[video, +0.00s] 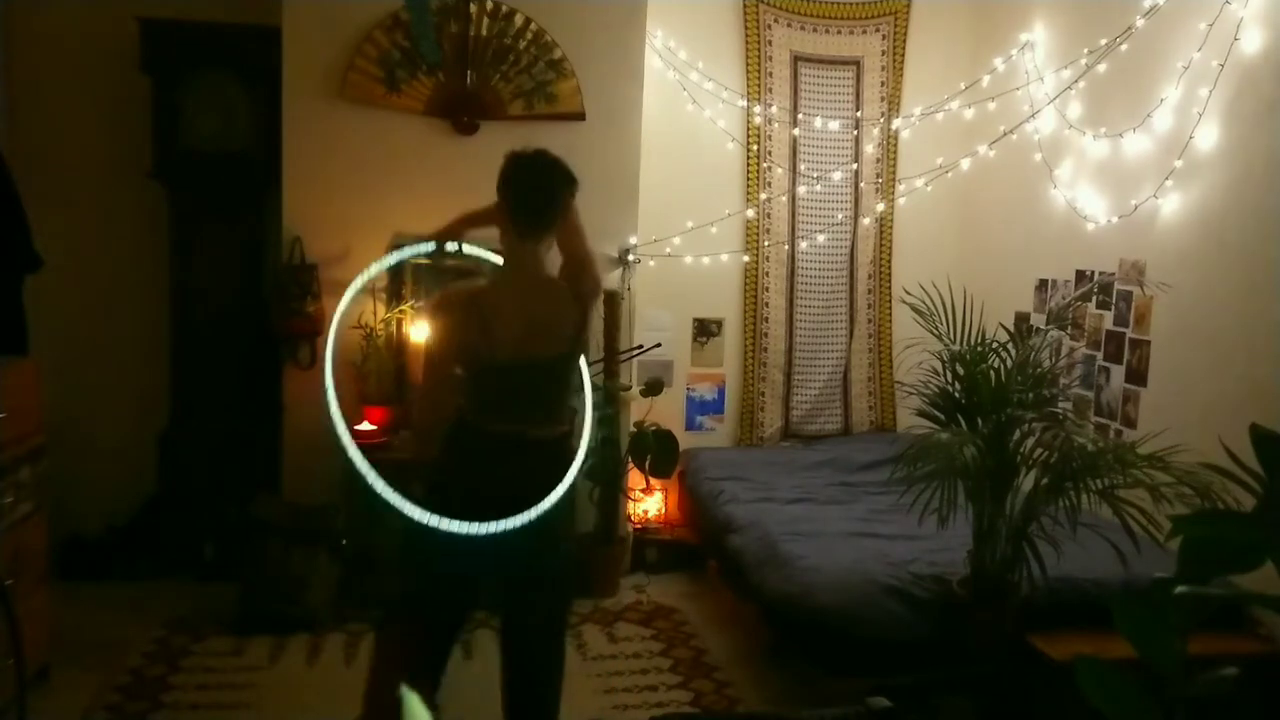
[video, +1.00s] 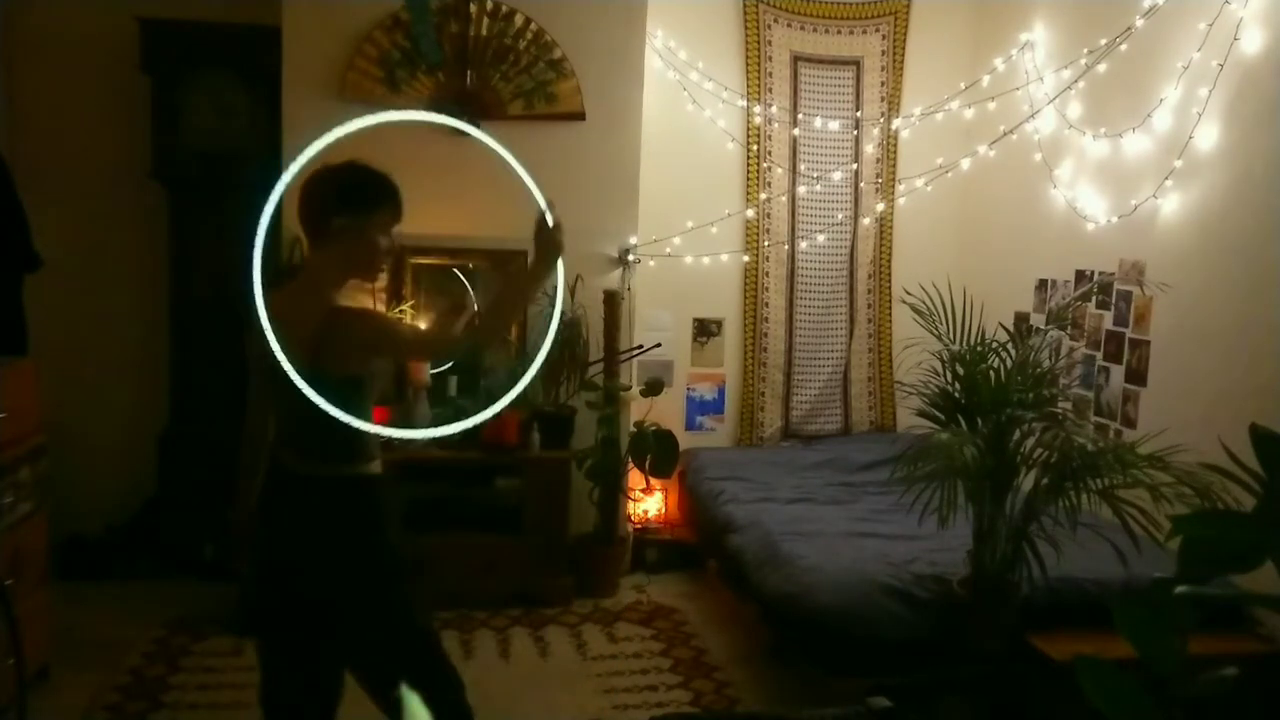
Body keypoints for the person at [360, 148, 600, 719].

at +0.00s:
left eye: (508, 204)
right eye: (565, 207)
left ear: (502, 212)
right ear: (565, 214)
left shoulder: (460, 308)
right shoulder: (573, 304)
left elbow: (430, 416)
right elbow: (556, 215)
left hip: (465, 487)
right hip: (545, 498)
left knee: (415, 656)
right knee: (534, 675)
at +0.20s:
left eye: (477, 208)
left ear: (473, 222)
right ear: (541, 225)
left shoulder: (424, 313)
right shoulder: (546, 317)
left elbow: (397, 410)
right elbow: (560, 206)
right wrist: (472, 157)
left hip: (429, 523)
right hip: (518, 527)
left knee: (364, 682)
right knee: (528, 697)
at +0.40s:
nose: (438, 216)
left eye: (442, 204)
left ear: (435, 219)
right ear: (502, 229)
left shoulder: (374, 307)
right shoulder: (508, 311)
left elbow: (334, 424)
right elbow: (543, 223)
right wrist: (491, 134)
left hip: (388, 523)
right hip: (485, 526)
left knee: (333, 699)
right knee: (513, 701)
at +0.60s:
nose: (450, 240)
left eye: (449, 224)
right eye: (449, 224)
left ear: (379, 217)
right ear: (446, 228)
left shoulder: (322, 302)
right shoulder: (447, 318)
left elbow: (294, 416)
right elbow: (517, 260)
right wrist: (499, 157)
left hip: (332, 520)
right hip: (421, 526)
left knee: (316, 694)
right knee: (476, 694)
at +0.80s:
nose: (421, 239)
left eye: (421, 225)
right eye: (414, 225)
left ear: (351, 222)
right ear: (378, 226)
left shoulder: (309, 308)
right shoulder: (363, 319)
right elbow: (494, 298)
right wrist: (513, 189)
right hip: (356, 533)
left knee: (302, 698)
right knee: (450, 695)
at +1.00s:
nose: (393, 247)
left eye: (393, 231)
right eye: (384, 230)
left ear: (334, 231)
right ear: (340, 230)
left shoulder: (280, 308)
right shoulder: (343, 324)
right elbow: (464, 354)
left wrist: (452, 326)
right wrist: (533, 271)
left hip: (287, 525)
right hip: (341, 534)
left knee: (295, 700)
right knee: (441, 697)